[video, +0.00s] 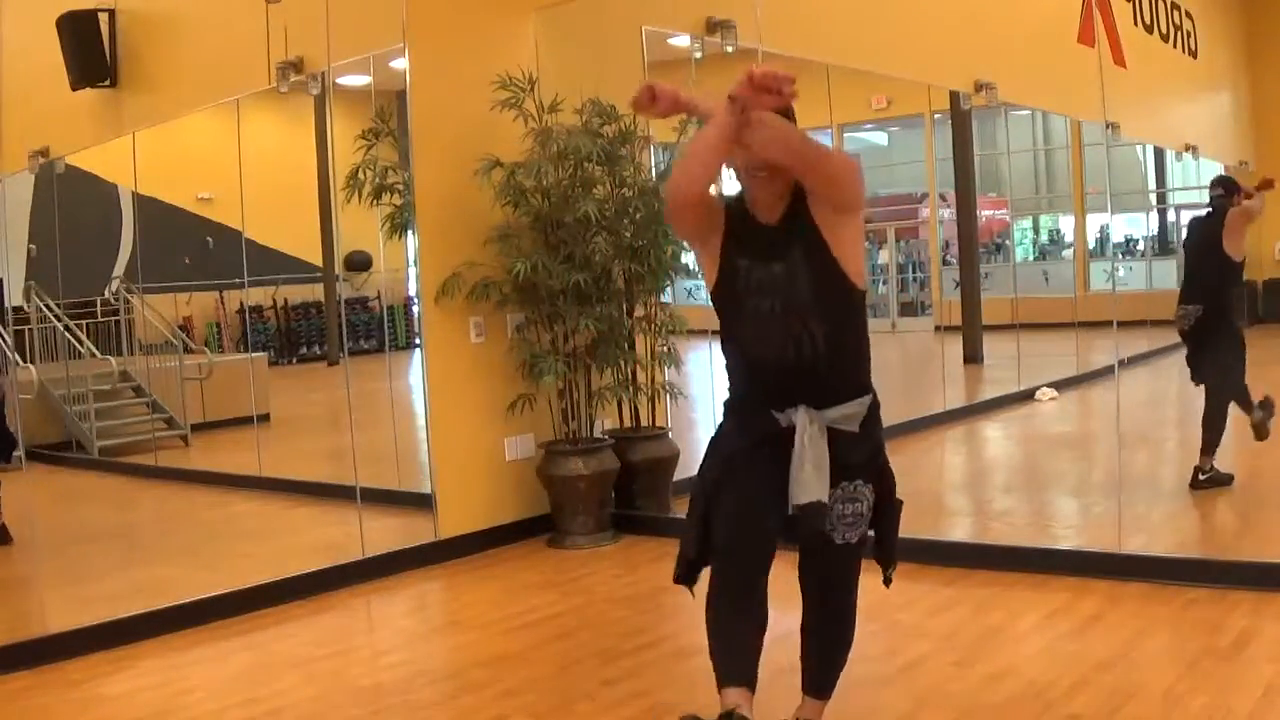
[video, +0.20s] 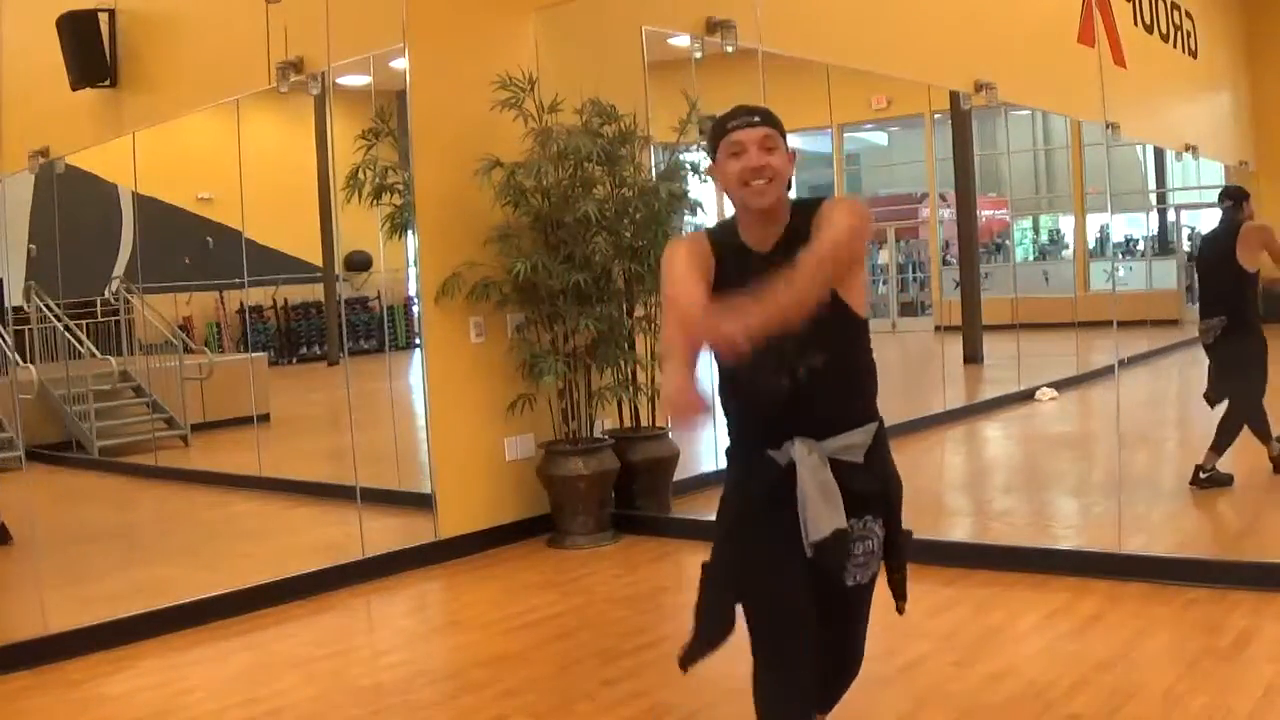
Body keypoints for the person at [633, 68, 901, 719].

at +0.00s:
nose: (752, 138)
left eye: (764, 128)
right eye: (741, 128)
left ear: (792, 136)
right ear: (727, 141)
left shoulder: (837, 200)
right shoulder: (714, 226)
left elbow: (774, 138)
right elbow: (683, 192)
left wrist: (694, 103)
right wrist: (738, 104)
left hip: (841, 425)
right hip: (753, 424)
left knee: (830, 580)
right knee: (736, 564)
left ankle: (812, 710)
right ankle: (735, 705)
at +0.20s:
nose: (756, 162)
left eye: (768, 147)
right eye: (737, 153)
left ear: (790, 159)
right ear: (717, 175)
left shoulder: (839, 217)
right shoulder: (694, 252)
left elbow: (809, 283)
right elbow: (681, 318)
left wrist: (746, 321)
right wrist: (680, 380)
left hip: (853, 467)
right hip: (762, 475)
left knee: (840, 658)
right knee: (783, 661)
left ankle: (793, 711)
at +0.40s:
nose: (719, 146)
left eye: (732, 133)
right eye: (698, 142)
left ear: (761, 156)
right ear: (683, 179)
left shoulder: (835, 244)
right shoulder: (675, 276)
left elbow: (916, 333)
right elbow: (663, 373)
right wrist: (649, 454)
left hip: (840, 481)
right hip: (745, 484)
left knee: (833, 641)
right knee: (756, 657)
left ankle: (817, 709)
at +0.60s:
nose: (696, 130)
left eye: (711, 114)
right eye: (675, 124)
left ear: (747, 136)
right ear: (660, 158)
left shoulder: (822, 216)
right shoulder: (658, 235)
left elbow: (917, 216)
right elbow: (692, 319)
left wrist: (973, 233)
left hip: (828, 475)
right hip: (733, 476)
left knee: (831, 657)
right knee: (750, 675)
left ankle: (855, 712)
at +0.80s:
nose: (685, 126)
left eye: (702, 109)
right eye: (665, 118)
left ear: (738, 130)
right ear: (648, 150)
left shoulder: (810, 230)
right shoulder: (648, 244)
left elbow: (917, 324)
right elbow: (646, 331)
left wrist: (986, 430)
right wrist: (632, 414)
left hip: (823, 492)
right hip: (720, 493)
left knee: (837, 694)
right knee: (744, 693)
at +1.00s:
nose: (697, 148)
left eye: (716, 129)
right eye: (676, 136)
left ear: (753, 148)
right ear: (657, 167)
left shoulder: (821, 250)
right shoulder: (649, 274)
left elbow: (780, 391)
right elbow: (624, 403)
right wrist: (599, 509)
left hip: (805, 523)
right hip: (703, 519)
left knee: (801, 705)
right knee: (706, 700)